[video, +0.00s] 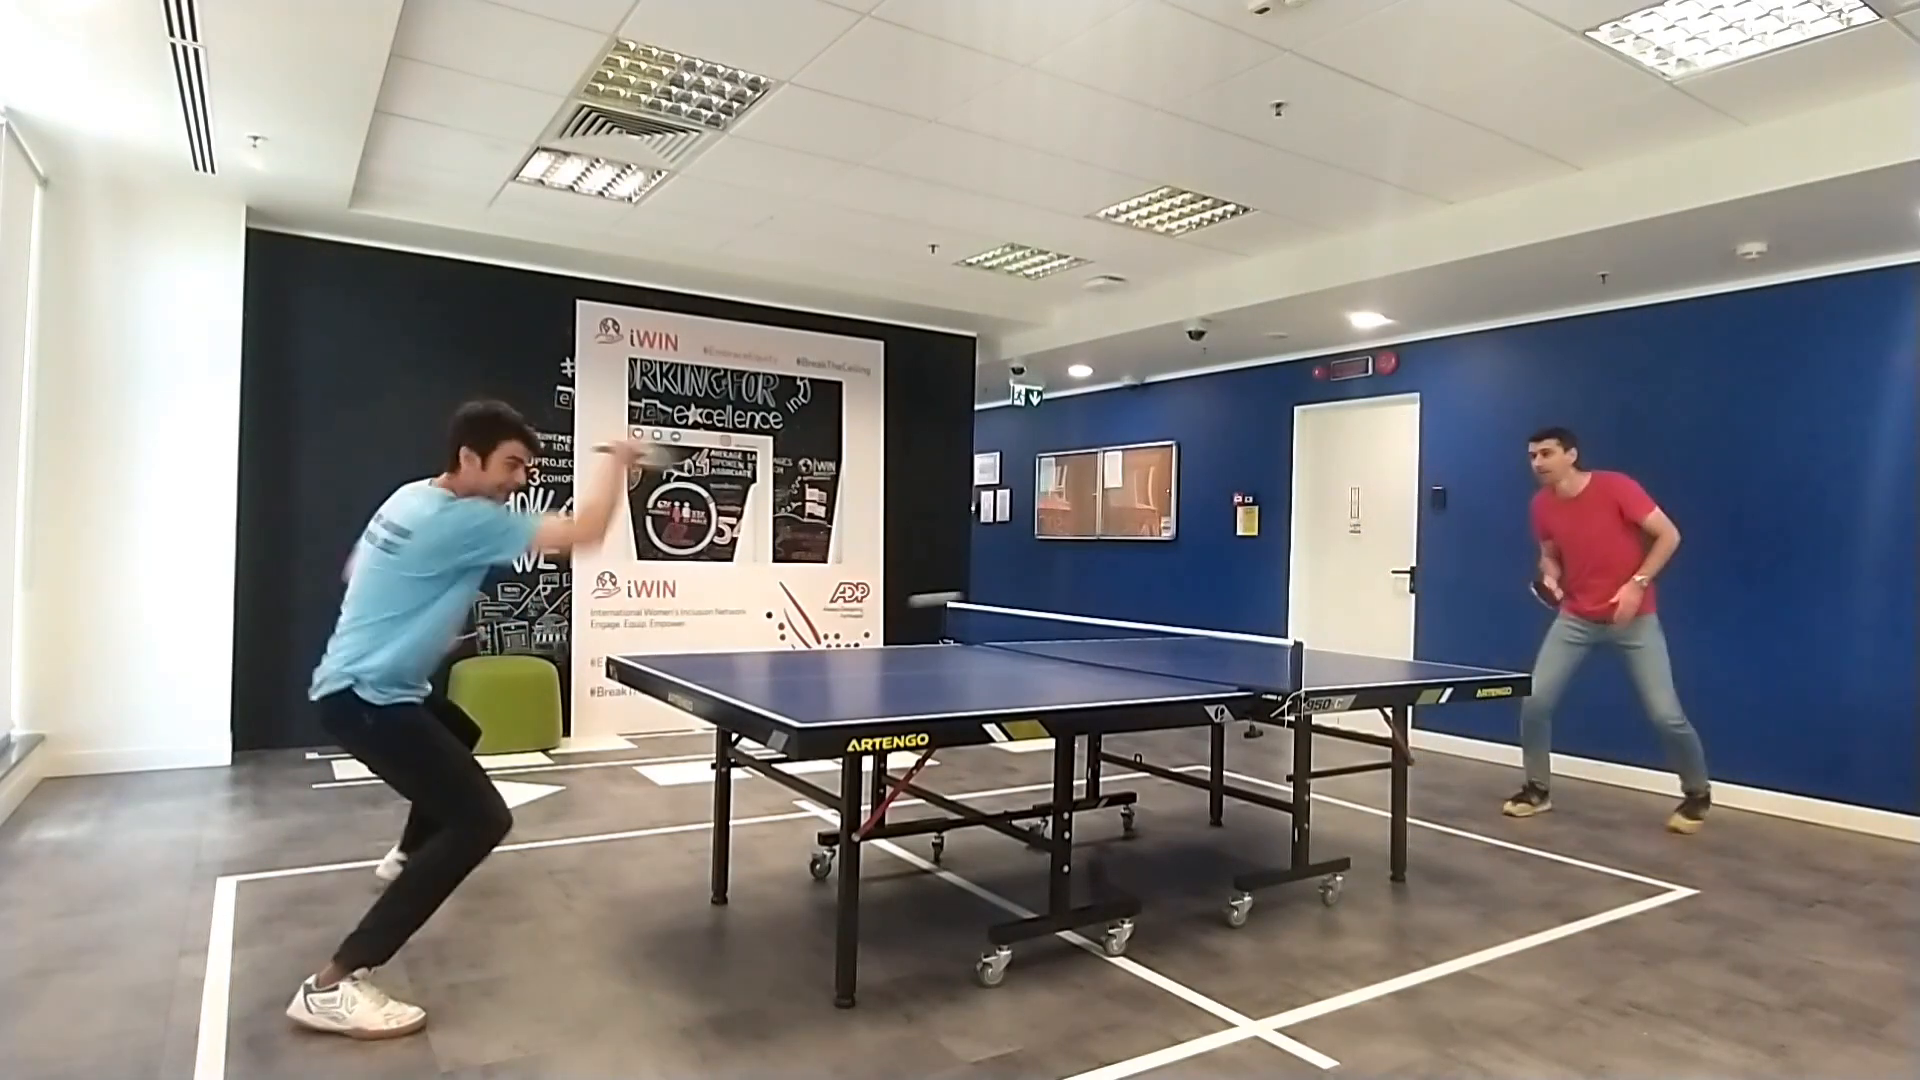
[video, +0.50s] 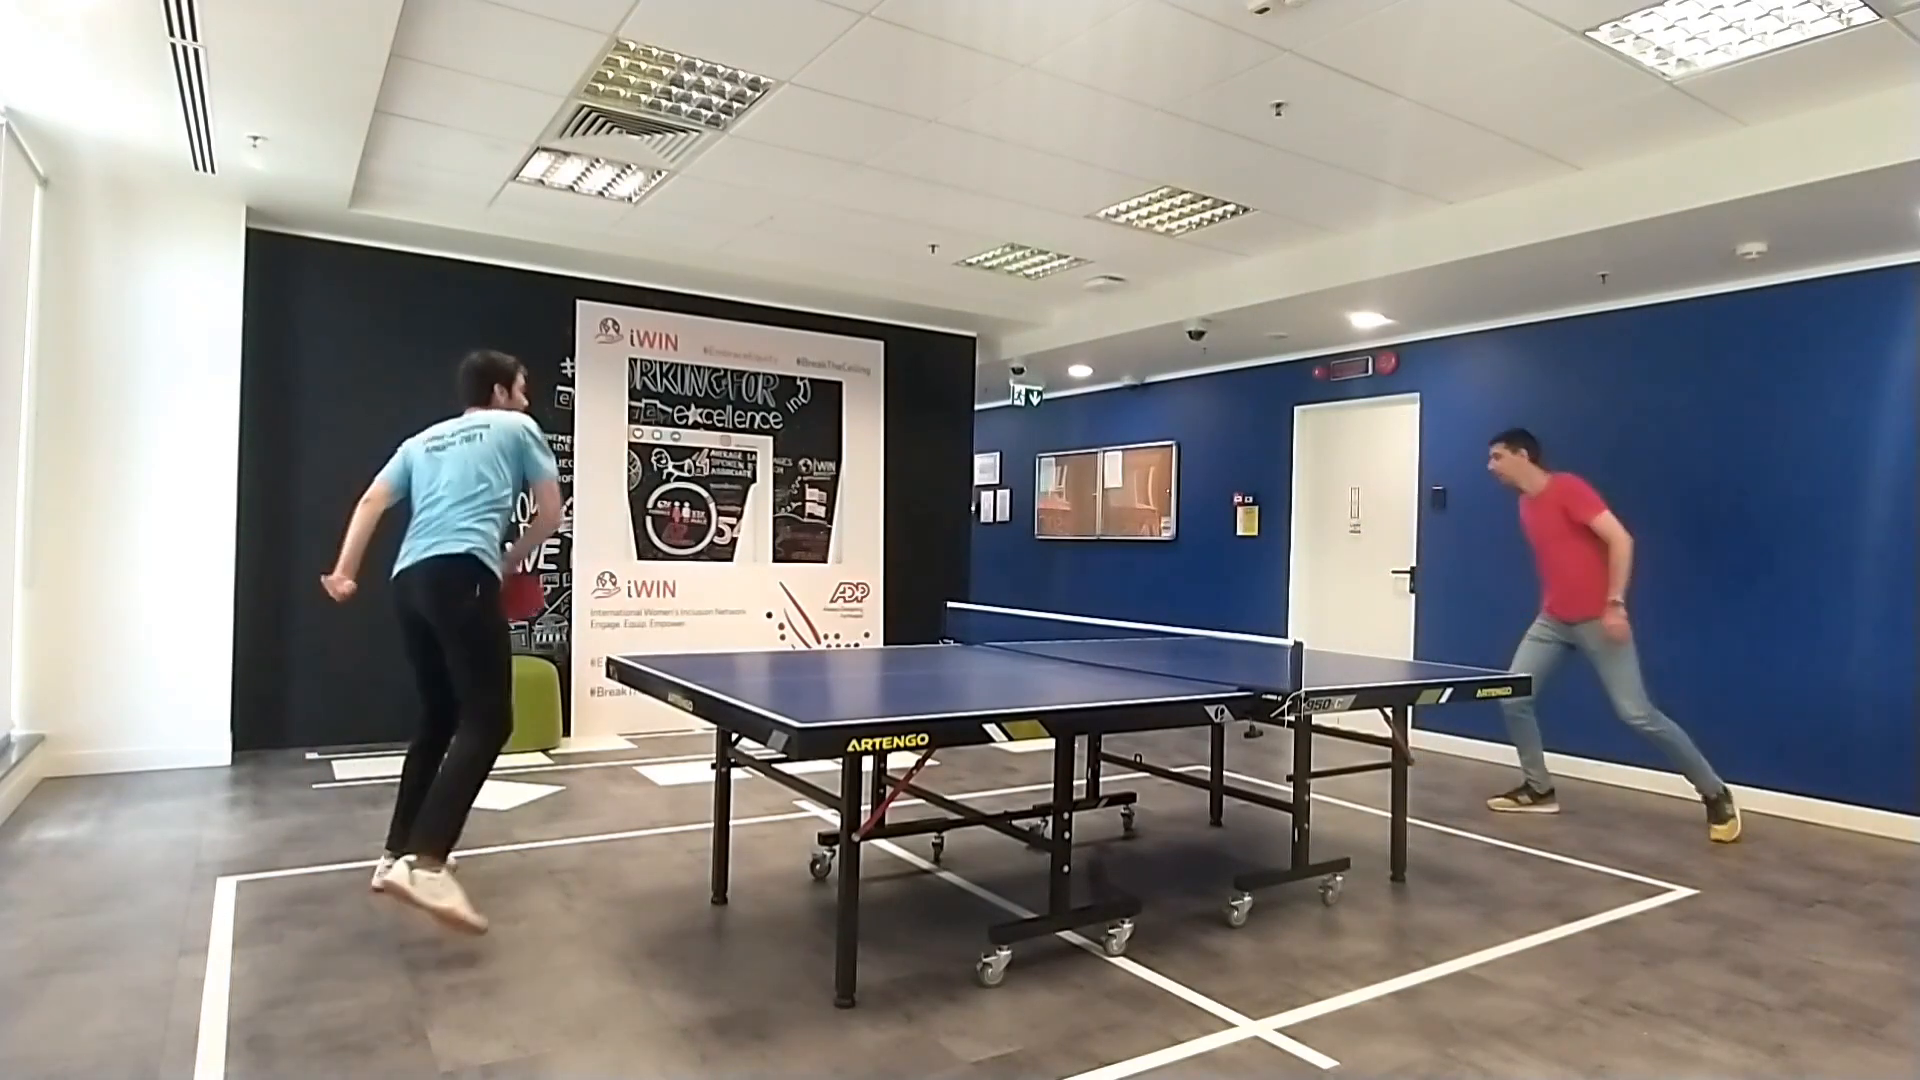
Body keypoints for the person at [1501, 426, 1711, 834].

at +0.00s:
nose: (1537, 462)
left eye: (1545, 453)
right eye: (1532, 456)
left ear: (1571, 455)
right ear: (1532, 463)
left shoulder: (1615, 488)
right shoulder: (1542, 505)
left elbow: (1669, 535)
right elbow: (1549, 556)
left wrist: (1637, 584)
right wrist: (1550, 577)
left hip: (1633, 621)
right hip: (1575, 621)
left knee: (1666, 716)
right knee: (1536, 700)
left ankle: (1698, 796)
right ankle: (1537, 791)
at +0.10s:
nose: (1542, 469)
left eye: (1550, 461)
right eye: (1538, 463)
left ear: (1576, 461)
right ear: (1537, 469)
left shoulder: (1621, 494)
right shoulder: (1547, 512)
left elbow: (1677, 540)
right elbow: (1553, 560)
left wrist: (1647, 587)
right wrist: (1551, 590)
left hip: (1639, 624)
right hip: (1582, 623)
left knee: (1671, 719)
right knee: (1539, 701)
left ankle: (1724, 805)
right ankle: (1536, 790)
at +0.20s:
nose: (1542, 483)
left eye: (1549, 475)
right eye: (1538, 477)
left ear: (1576, 474)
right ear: (1541, 483)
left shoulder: (1623, 505)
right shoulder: (1557, 522)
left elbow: (1683, 551)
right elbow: (1567, 574)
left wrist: (1657, 602)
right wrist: (1550, 613)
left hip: (1646, 633)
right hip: (1592, 630)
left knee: (1676, 730)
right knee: (1534, 697)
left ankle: (1730, 808)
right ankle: (1534, 788)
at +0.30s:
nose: (1531, 488)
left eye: (1537, 479)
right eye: (1528, 481)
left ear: (1565, 478)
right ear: (1535, 486)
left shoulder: (1613, 508)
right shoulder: (1556, 524)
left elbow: (1678, 551)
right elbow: (1575, 573)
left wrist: (1659, 609)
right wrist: (1552, 625)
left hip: (1643, 638)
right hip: (1591, 633)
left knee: (1674, 733)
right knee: (1529, 693)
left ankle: (1732, 809)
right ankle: (1539, 788)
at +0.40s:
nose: (1509, 478)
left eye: (1516, 469)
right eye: (1508, 471)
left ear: (1544, 469)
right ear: (1530, 475)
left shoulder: (1591, 500)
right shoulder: (1541, 518)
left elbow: (1655, 544)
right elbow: (1567, 571)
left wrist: (1642, 607)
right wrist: (1552, 628)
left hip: (1626, 631)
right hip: (1576, 628)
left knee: (1663, 725)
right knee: (1520, 693)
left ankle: (1730, 806)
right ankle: (1538, 787)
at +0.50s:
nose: (1492, 466)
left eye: (1497, 457)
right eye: (1490, 460)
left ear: (1522, 455)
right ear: (1513, 460)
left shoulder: (1567, 489)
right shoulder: (1526, 507)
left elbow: (1620, 538)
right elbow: (1555, 557)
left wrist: (1615, 603)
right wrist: (1551, 608)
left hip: (1598, 619)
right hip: (1553, 620)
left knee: (1636, 713)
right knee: (1514, 695)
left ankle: (1716, 795)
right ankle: (1538, 788)